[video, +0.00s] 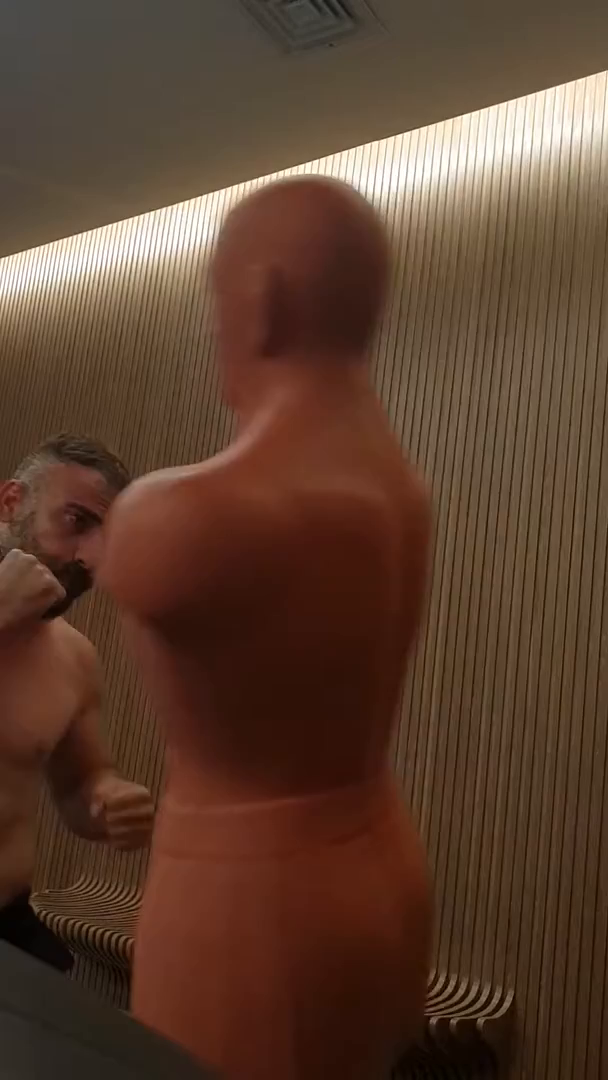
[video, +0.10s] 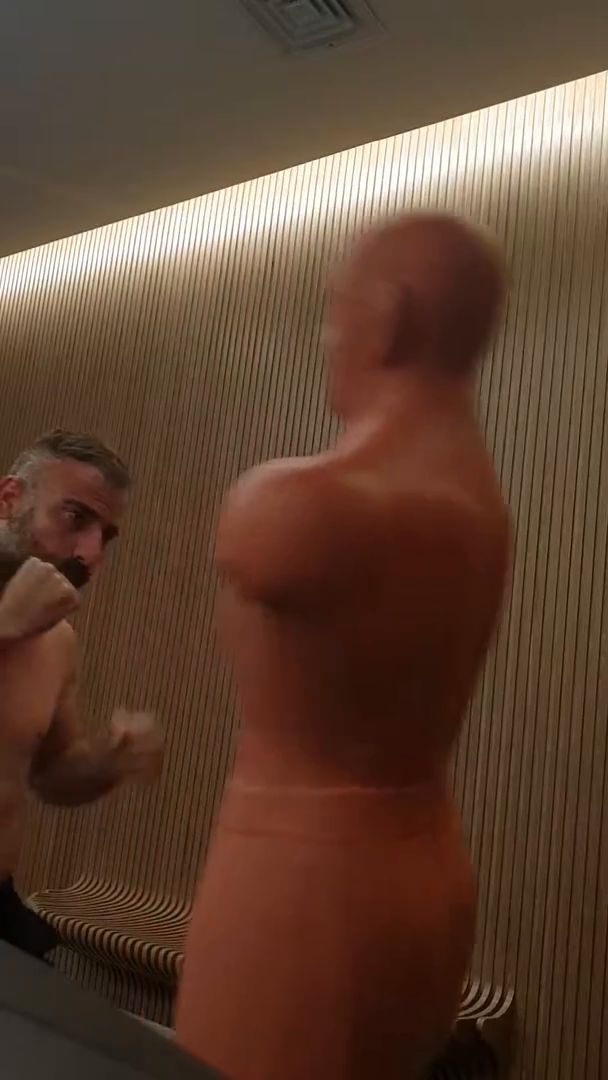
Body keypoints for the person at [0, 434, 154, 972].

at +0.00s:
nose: (93, 555)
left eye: (105, 534)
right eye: (77, 521)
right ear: (12, 503)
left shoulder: (70, 656)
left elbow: (81, 783)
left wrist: (117, 811)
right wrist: (4, 614)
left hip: (11, 922)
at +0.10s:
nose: (91, 553)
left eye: (105, 535)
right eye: (75, 518)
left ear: (111, 543)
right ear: (11, 497)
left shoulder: (56, 639)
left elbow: (51, 777)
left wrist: (108, 763)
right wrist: (7, 623)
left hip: (5, 904)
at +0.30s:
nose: (105, 578)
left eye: (118, 558)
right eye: (89, 545)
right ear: (22, 525)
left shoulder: (67, 652)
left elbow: (108, 796)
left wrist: (144, 688)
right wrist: (35, 674)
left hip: (2, 915)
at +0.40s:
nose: (85, 562)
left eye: (99, 544)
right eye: (69, 530)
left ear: (107, 547)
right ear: (6, 507)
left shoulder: (52, 644)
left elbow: (97, 779)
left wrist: (118, 669)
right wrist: (24, 657)